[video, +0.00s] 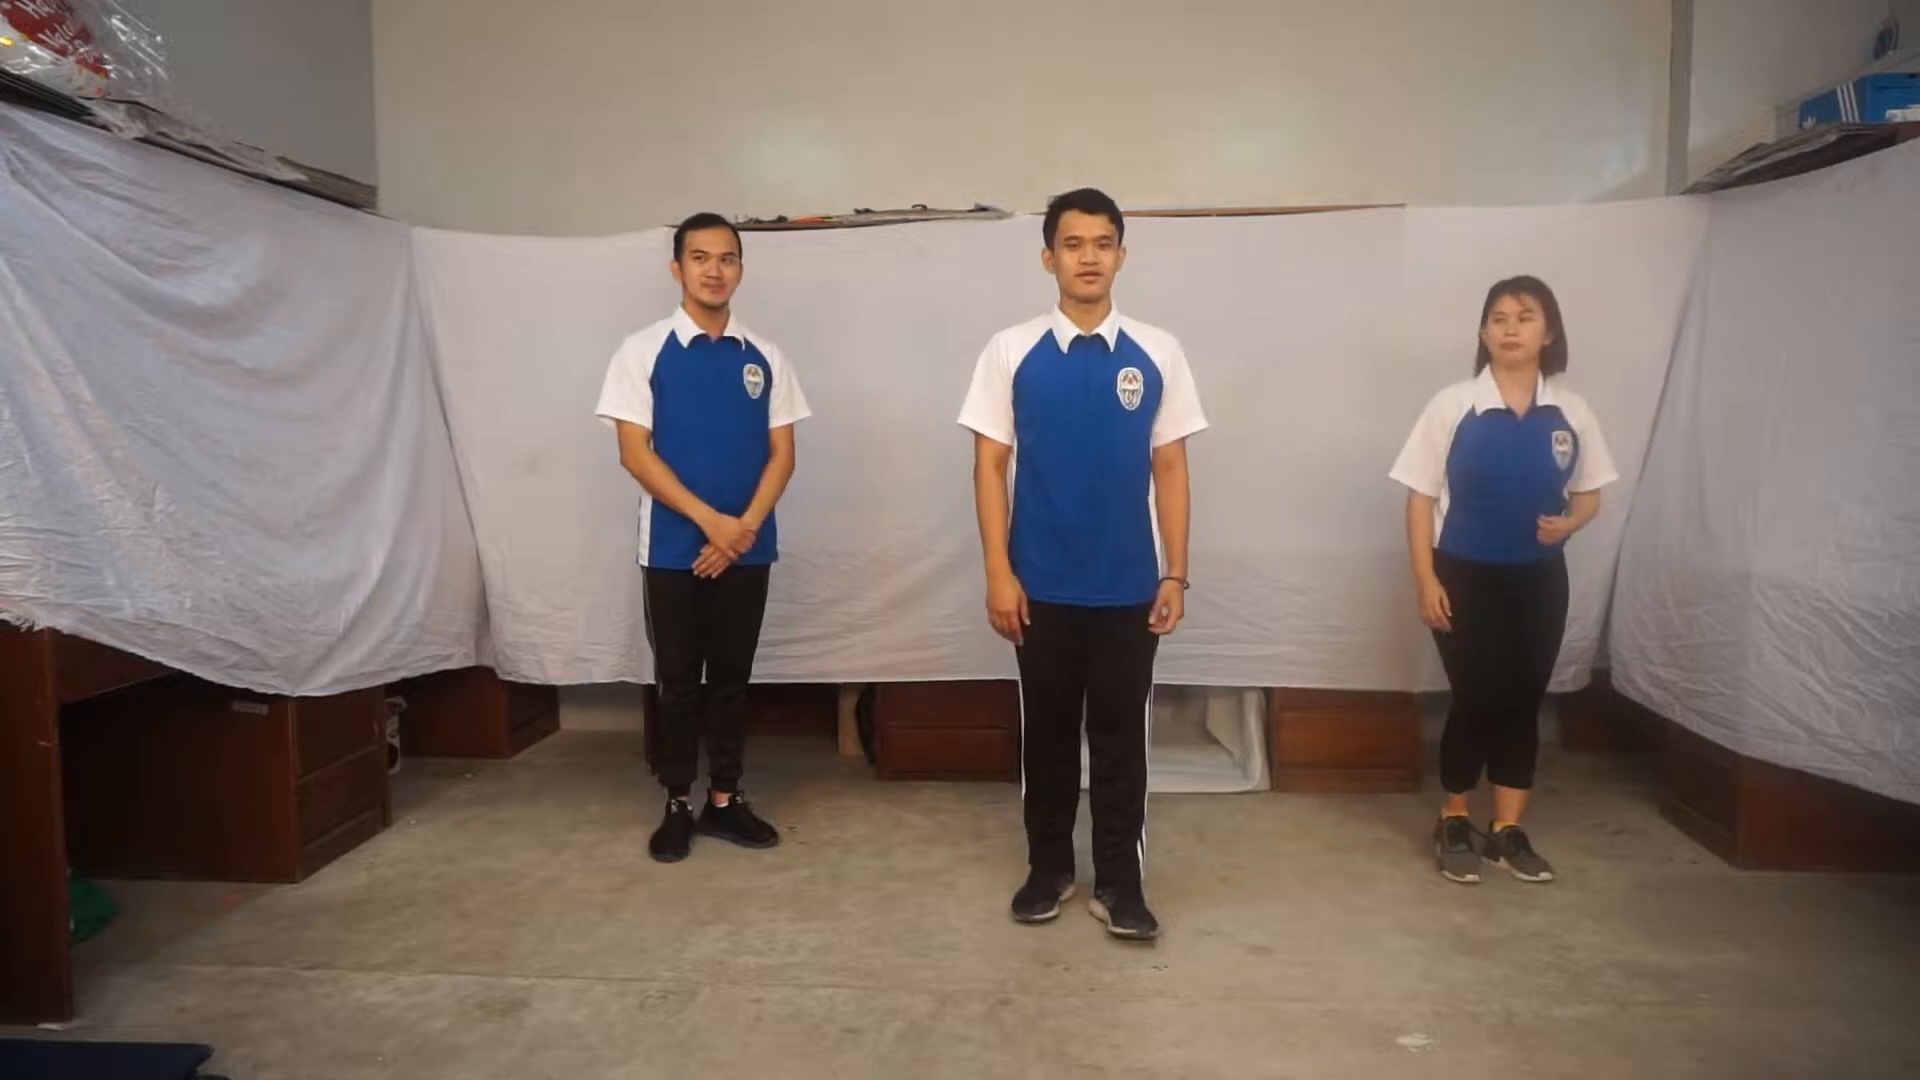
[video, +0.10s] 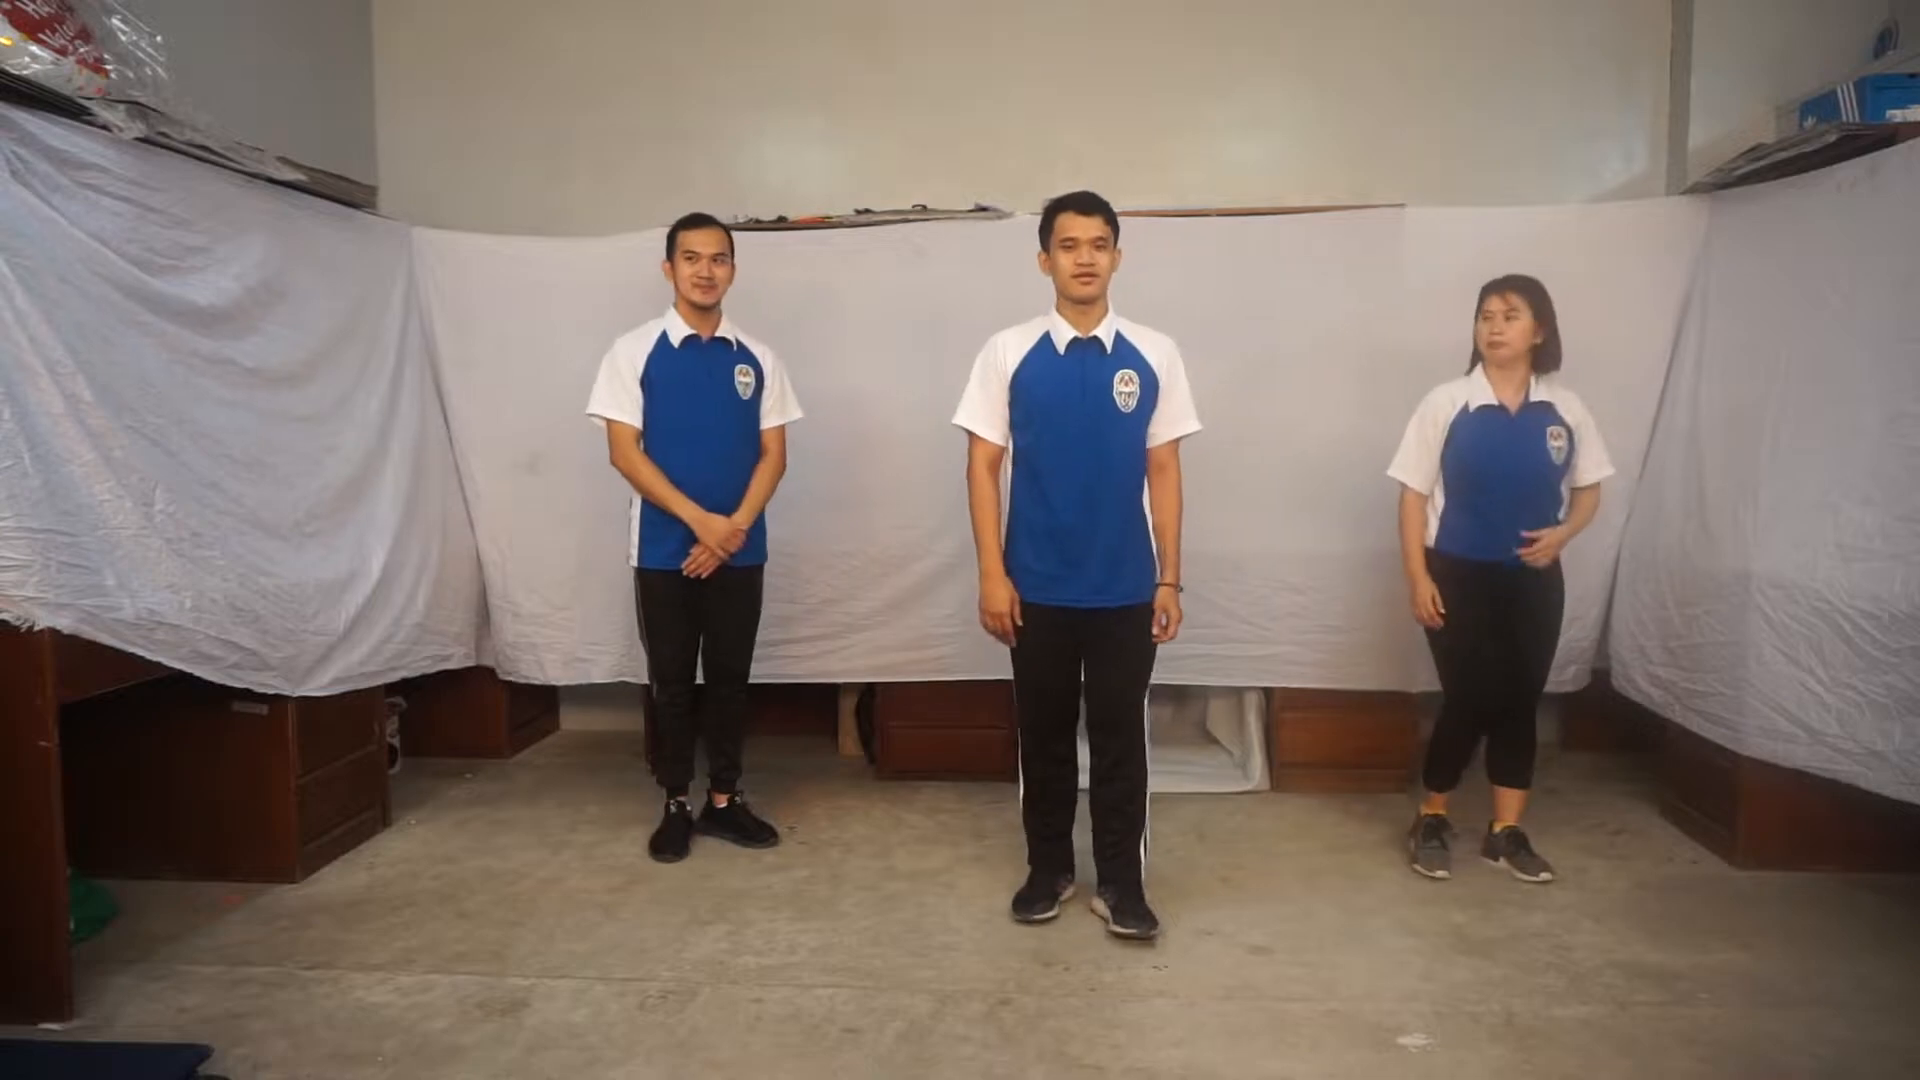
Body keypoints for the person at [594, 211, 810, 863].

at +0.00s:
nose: (717, 269)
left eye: (728, 259)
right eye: (702, 258)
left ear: (740, 270)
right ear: (678, 269)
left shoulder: (765, 356)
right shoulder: (642, 351)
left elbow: (783, 455)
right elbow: (634, 454)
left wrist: (738, 535)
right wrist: (710, 518)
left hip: (747, 552)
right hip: (673, 553)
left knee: (731, 682)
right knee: (678, 684)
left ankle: (725, 801)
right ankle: (678, 805)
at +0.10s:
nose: (708, 270)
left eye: (720, 259)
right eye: (694, 259)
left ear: (733, 271)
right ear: (670, 269)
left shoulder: (757, 357)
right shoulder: (633, 352)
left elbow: (774, 456)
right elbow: (624, 454)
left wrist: (728, 535)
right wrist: (699, 518)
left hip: (739, 554)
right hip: (664, 556)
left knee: (730, 681)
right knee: (672, 685)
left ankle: (724, 801)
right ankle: (677, 805)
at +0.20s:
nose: (700, 271)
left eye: (712, 261)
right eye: (686, 260)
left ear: (726, 273)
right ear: (664, 270)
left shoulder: (751, 359)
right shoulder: (625, 352)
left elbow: (766, 458)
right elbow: (615, 454)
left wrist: (720, 535)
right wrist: (686, 519)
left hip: (732, 555)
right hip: (656, 557)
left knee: (726, 682)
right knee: (667, 687)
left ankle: (725, 801)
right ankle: (676, 805)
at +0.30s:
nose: (694, 272)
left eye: (707, 262)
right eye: (681, 261)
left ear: (721, 273)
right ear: (658, 270)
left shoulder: (746, 359)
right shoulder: (619, 353)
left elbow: (760, 458)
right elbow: (605, 454)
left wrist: (708, 536)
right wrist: (673, 522)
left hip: (723, 556)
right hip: (649, 556)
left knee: (721, 682)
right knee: (663, 687)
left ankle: (724, 798)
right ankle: (676, 804)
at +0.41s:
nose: (690, 272)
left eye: (703, 262)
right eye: (676, 260)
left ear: (717, 273)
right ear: (655, 269)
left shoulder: (744, 358)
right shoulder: (616, 353)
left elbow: (759, 456)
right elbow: (603, 455)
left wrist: (705, 535)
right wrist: (668, 521)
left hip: (720, 555)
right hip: (647, 556)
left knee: (716, 682)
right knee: (663, 687)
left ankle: (719, 801)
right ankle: (675, 804)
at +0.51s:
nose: (687, 273)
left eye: (700, 262)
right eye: (673, 261)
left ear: (714, 273)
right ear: (653, 270)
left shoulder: (744, 359)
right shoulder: (617, 355)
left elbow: (759, 457)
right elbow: (603, 456)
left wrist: (703, 537)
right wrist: (665, 521)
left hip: (720, 555)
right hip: (647, 556)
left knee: (717, 683)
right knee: (663, 687)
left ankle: (719, 801)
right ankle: (676, 804)